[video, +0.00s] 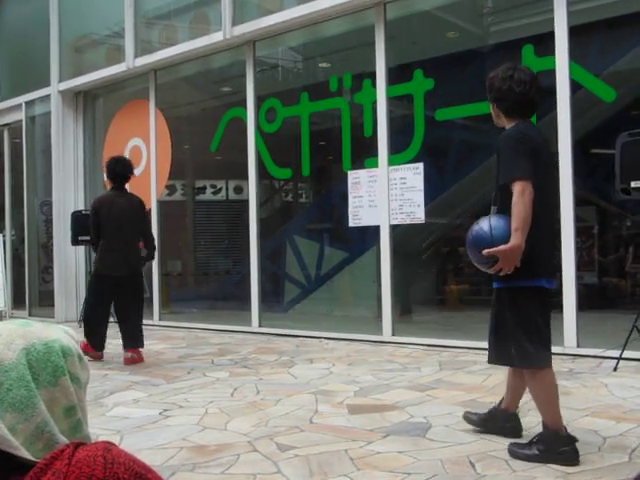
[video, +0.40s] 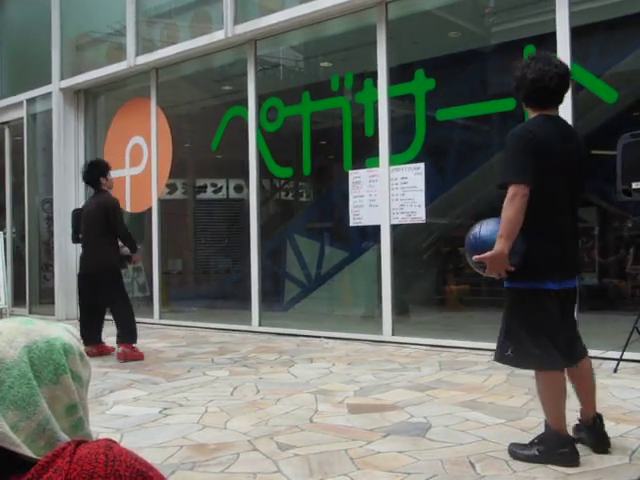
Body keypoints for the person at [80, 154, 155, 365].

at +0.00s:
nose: (104, 176)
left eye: (106, 173)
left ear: (108, 176)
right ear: (129, 177)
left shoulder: (99, 203)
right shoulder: (137, 203)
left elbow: (95, 236)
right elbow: (147, 234)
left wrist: (102, 252)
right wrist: (148, 254)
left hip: (106, 266)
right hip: (131, 265)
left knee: (96, 306)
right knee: (130, 307)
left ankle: (94, 347)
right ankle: (132, 349)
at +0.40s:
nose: (112, 179)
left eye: (111, 175)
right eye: (109, 176)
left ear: (93, 182)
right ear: (103, 180)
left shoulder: (87, 205)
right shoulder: (110, 202)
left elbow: (88, 238)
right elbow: (120, 230)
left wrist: (116, 250)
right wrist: (134, 249)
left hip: (88, 265)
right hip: (107, 264)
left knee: (92, 305)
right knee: (121, 304)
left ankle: (92, 343)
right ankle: (126, 344)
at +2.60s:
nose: (69, 194)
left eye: (70, 190)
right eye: (64, 191)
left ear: (74, 191)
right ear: (56, 195)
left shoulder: (86, 214)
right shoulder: (52, 218)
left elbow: (95, 240)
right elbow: (51, 244)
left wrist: (98, 261)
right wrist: (61, 263)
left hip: (86, 264)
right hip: (64, 266)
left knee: (86, 301)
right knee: (67, 304)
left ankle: (89, 333)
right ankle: (69, 336)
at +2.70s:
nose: (71, 192)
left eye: (72, 188)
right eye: (66, 189)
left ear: (76, 190)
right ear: (58, 193)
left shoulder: (90, 214)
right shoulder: (53, 218)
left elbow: (98, 239)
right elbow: (49, 245)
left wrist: (98, 259)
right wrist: (56, 263)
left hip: (88, 265)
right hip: (66, 266)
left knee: (89, 300)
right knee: (68, 303)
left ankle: (93, 333)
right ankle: (70, 337)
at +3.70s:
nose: (115, 192)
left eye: (115, 189)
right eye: (111, 189)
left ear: (114, 191)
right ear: (101, 192)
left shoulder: (111, 212)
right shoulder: (95, 212)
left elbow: (117, 238)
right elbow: (95, 237)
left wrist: (126, 258)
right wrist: (106, 253)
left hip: (110, 259)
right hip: (98, 259)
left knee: (106, 296)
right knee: (110, 296)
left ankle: (96, 329)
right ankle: (121, 331)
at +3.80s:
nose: (118, 192)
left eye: (118, 188)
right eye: (115, 188)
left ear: (108, 191)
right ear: (105, 192)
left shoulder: (110, 210)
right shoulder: (104, 211)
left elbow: (115, 236)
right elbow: (107, 237)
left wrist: (122, 254)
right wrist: (119, 254)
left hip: (108, 256)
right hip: (103, 257)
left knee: (109, 294)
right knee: (112, 294)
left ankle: (96, 328)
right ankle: (122, 332)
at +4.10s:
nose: (124, 190)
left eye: (123, 186)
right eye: (121, 187)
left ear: (111, 192)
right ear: (111, 191)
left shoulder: (106, 209)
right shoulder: (113, 210)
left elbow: (110, 237)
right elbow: (126, 235)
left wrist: (123, 253)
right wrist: (142, 254)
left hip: (108, 259)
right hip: (112, 260)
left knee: (117, 295)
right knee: (119, 295)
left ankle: (97, 323)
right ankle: (123, 333)